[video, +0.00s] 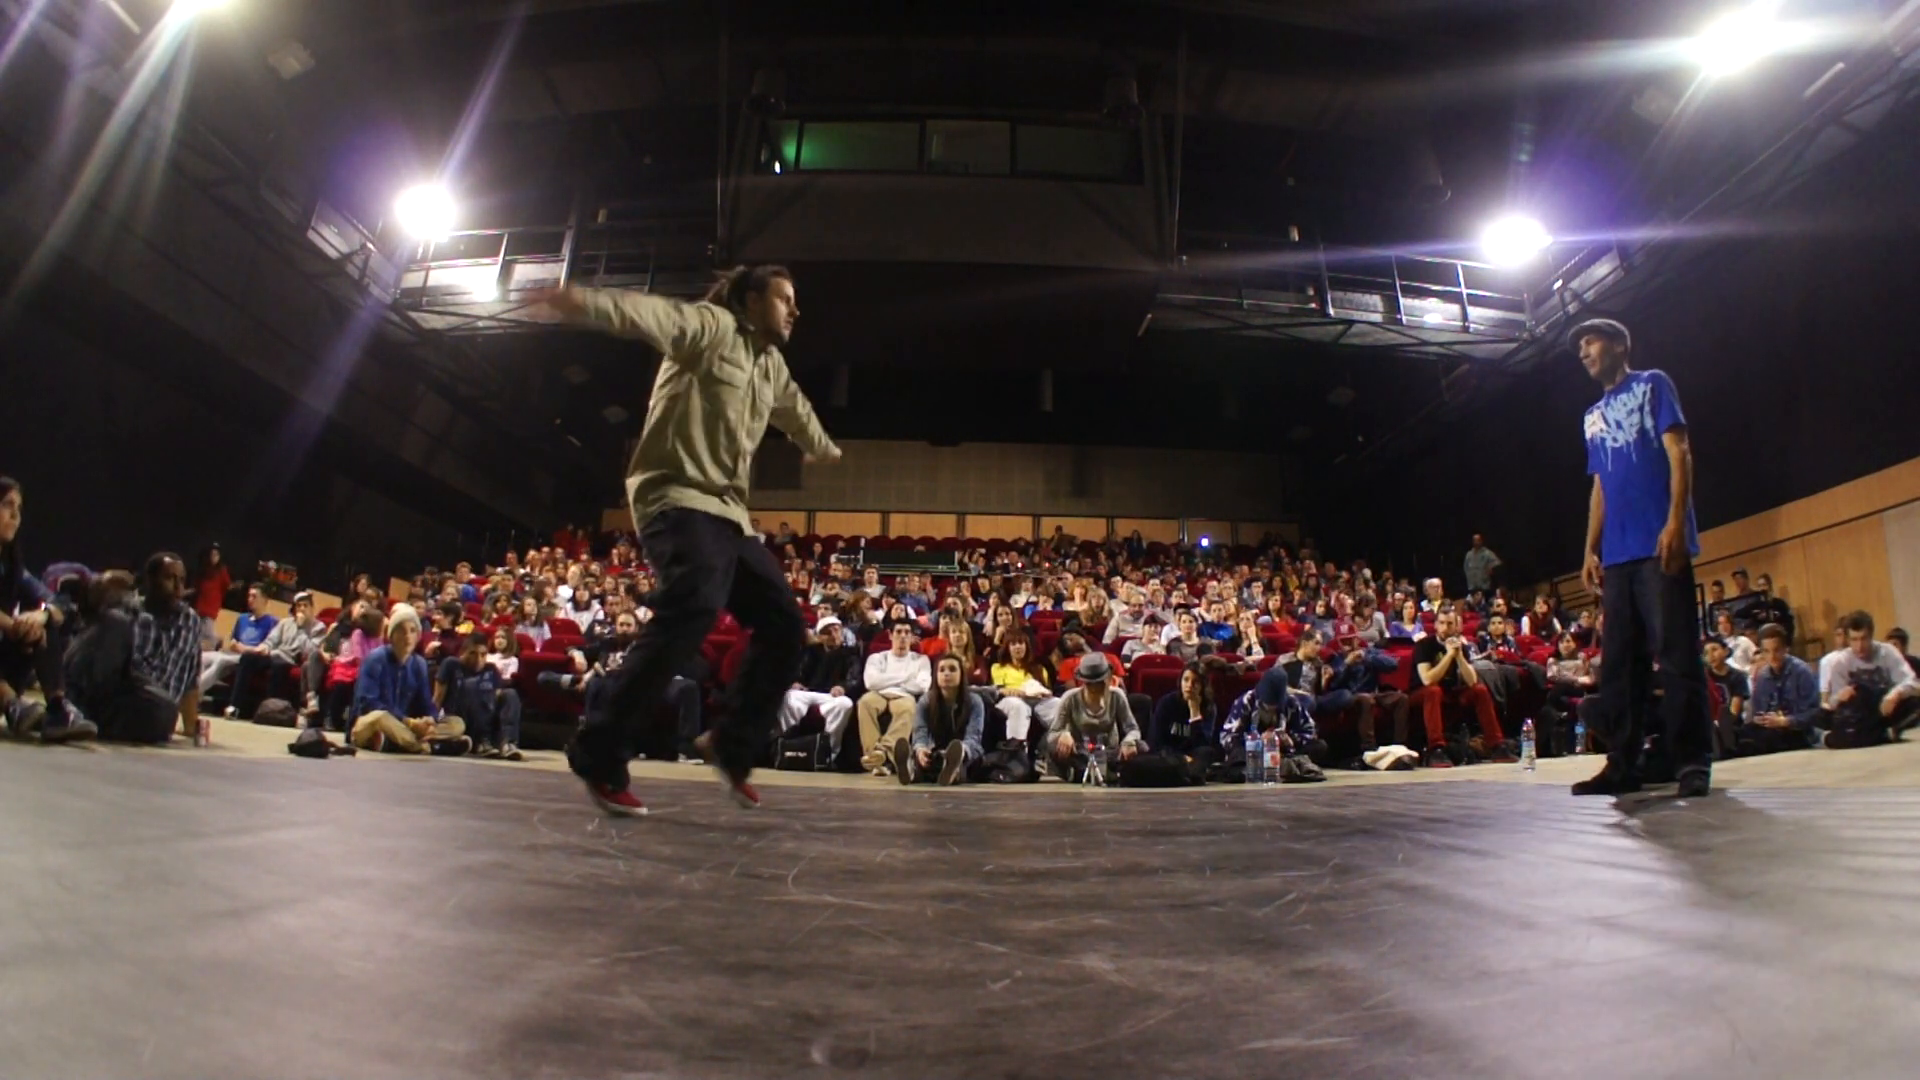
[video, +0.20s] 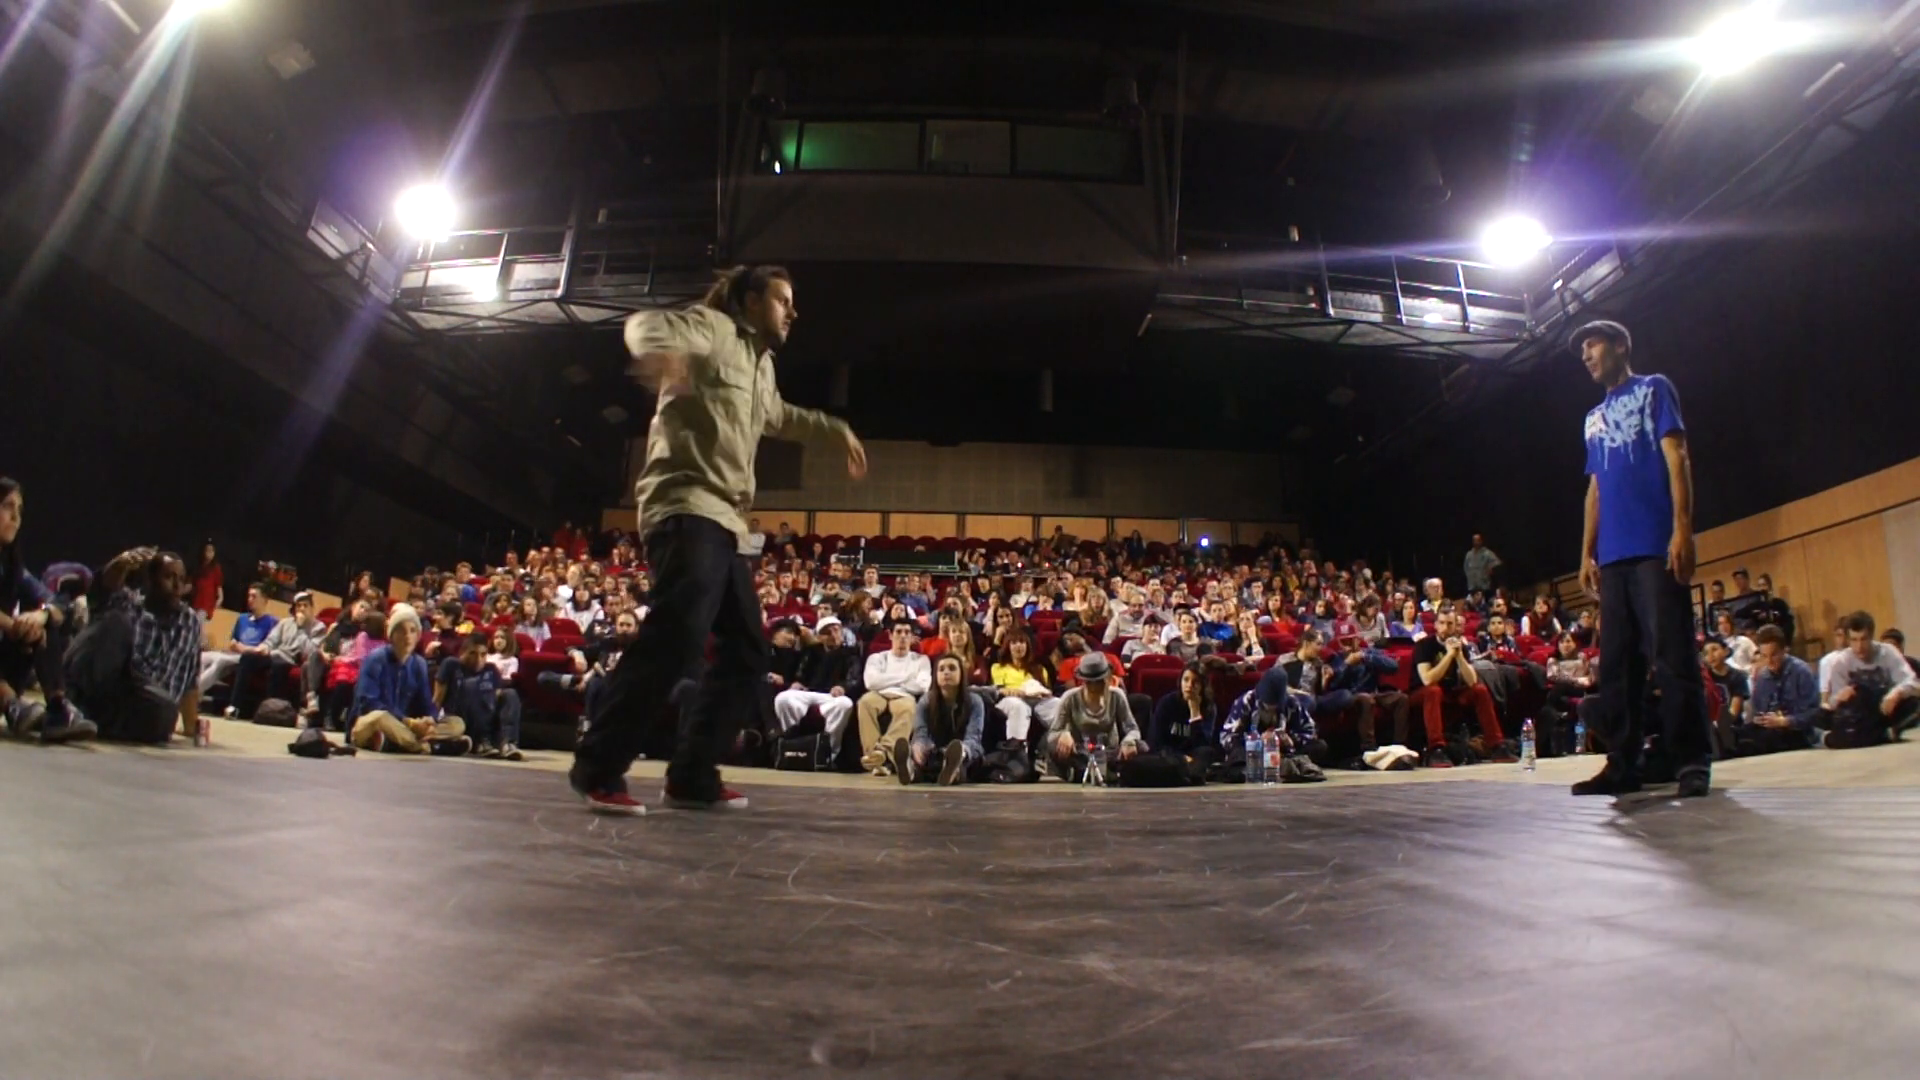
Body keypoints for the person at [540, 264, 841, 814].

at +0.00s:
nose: (792, 310)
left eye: (794, 303)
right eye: (783, 299)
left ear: (784, 313)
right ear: (749, 299)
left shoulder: (773, 370)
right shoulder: (713, 325)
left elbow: (798, 413)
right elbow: (656, 313)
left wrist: (823, 447)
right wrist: (587, 302)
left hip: (730, 513)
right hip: (676, 497)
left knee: (784, 627)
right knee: (692, 606)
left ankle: (735, 744)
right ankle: (600, 751)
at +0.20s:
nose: (791, 312)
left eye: (792, 305)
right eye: (783, 301)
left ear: (771, 312)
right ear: (749, 300)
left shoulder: (762, 368)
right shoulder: (715, 327)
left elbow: (778, 416)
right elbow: (647, 325)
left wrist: (838, 430)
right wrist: (663, 354)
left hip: (727, 519)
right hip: (685, 502)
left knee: (744, 652)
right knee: (678, 634)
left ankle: (693, 776)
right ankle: (598, 765)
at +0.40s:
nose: (791, 304)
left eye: (792, 296)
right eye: (783, 293)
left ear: (768, 302)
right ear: (749, 293)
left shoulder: (766, 365)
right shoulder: (718, 330)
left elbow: (801, 402)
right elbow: (672, 335)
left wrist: (840, 440)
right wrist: (749, 369)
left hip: (733, 528)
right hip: (685, 513)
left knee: (716, 662)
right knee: (643, 645)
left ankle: (692, 775)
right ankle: (589, 773)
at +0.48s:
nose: (790, 300)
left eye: (789, 293)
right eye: (781, 290)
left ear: (765, 297)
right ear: (747, 291)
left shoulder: (765, 367)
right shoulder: (722, 329)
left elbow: (791, 424)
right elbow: (685, 377)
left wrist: (836, 454)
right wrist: (748, 422)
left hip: (734, 519)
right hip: (694, 506)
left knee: (723, 649)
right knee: (692, 635)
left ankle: (692, 775)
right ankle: (602, 736)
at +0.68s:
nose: (785, 296)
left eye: (784, 287)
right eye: (775, 284)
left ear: (755, 294)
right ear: (741, 287)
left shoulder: (764, 368)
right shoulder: (716, 333)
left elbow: (810, 429)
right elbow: (673, 411)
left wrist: (888, 422)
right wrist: (660, 492)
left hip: (729, 505)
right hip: (707, 499)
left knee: (720, 645)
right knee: (784, 607)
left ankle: (693, 774)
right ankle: (837, 722)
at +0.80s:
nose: (784, 293)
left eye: (784, 285)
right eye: (775, 282)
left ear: (761, 291)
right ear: (741, 283)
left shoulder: (769, 369)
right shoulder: (711, 327)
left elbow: (828, 415)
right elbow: (648, 383)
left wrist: (883, 368)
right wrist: (624, 481)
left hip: (726, 489)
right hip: (703, 477)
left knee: (684, 638)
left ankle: (693, 778)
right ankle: (878, 644)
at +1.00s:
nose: (781, 289)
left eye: (782, 282)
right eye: (771, 277)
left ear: (764, 290)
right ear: (735, 279)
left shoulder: (769, 363)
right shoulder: (700, 325)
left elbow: (830, 406)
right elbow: (631, 388)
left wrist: (897, 371)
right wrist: (600, 456)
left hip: (724, 489)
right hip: (694, 481)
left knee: (685, 638)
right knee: (805, 544)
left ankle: (690, 778)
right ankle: (881, 676)